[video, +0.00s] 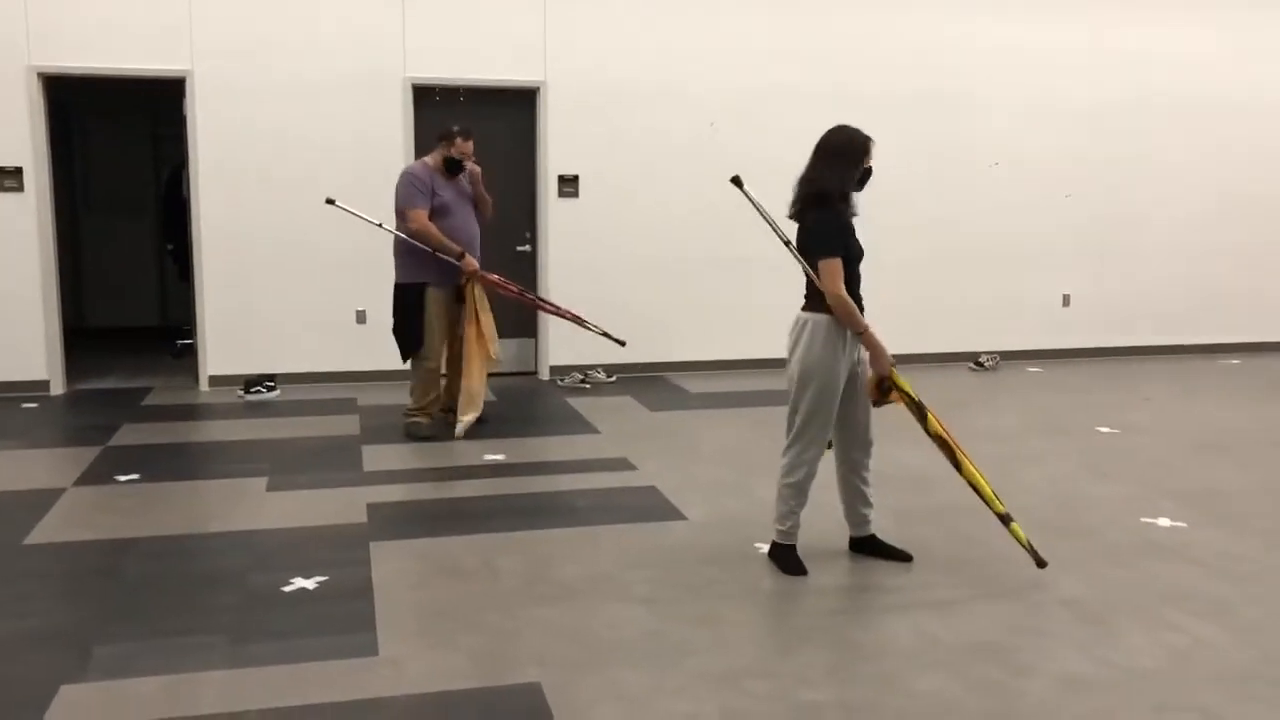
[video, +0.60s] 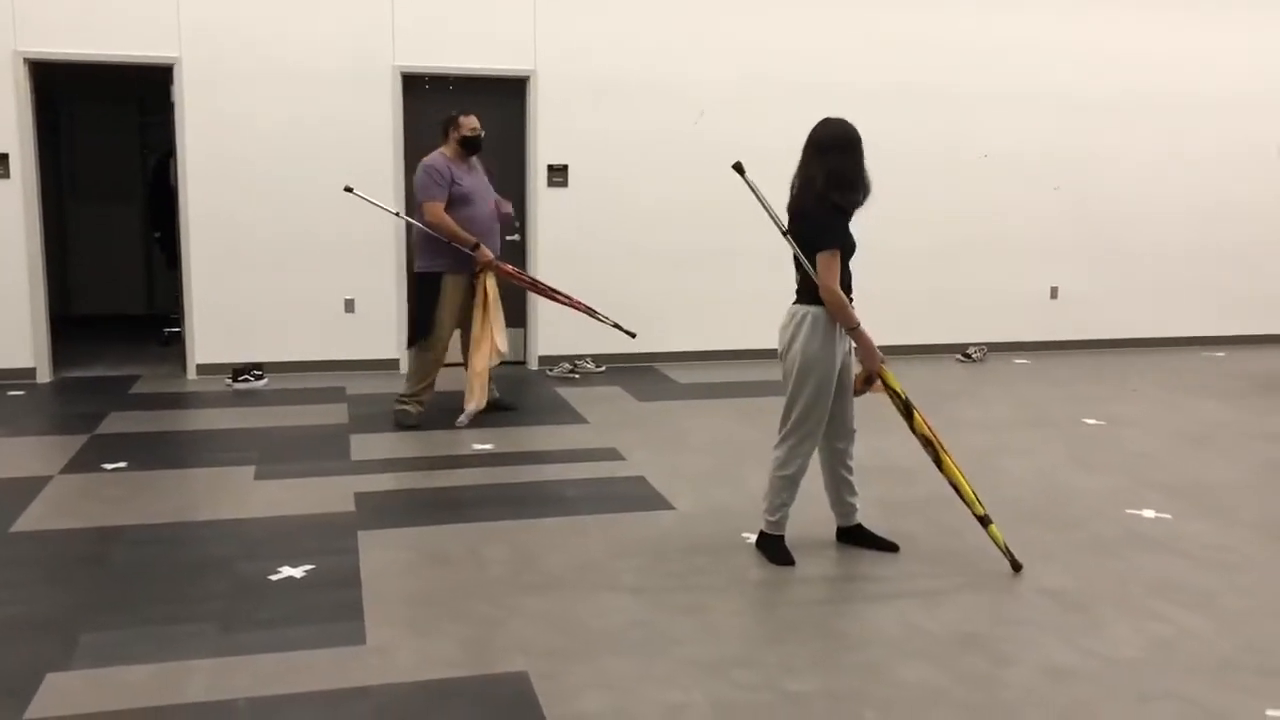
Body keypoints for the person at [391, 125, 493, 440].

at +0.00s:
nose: (463, 163)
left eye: (467, 159)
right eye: (459, 157)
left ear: (469, 154)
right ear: (443, 148)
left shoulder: (462, 176)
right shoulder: (416, 175)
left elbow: (484, 216)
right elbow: (417, 223)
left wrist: (477, 185)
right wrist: (459, 254)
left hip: (460, 278)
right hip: (425, 279)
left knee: (462, 347)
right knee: (429, 352)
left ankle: (456, 406)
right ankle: (419, 415)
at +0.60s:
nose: (478, 136)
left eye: (480, 131)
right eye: (471, 131)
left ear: (478, 135)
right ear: (452, 134)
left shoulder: (474, 164)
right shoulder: (433, 166)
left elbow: (483, 201)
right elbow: (433, 216)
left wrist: (500, 207)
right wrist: (474, 245)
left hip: (477, 265)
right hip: (442, 268)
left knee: (480, 333)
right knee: (433, 339)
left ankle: (483, 395)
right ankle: (410, 403)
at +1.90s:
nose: (442, 111)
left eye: (443, 108)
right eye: (434, 109)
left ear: (446, 120)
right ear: (418, 121)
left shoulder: (448, 149)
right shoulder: (406, 154)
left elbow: (453, 199)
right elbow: (407, 205)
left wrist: (464, 243)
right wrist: (448, 237)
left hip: (454, 252)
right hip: (418, 256)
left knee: (461, 323)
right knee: (411, 329)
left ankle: (464, 385)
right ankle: (392, 394)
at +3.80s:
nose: (439, 118)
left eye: (441, 114)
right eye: (431, 115)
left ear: (446, 120)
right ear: (416, 124)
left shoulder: (450, 153)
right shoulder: (409, 156)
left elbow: (472, 192)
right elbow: (419, 205)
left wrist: (474, 213)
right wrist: (466, 230)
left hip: (453, 254)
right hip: (416, 257)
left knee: (457, 323)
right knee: (412, 330)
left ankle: (465, 381)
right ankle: (395, 393)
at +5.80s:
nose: (455, 127)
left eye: (458, 122)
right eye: (448, 123)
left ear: (464, 129)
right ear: (433, 132)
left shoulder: (468, 163)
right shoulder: (422, 164)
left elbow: (488, 205)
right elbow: (429, 213)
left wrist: (492, 239)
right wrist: (475, 238)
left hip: (471, 264)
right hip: (432, 267)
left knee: (476, 332)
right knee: (427, 340)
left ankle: (479, 392)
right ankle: (410, 403)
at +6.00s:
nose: (457, 126)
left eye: (460, 122)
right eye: (449, 122)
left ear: (465, 129)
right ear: (435, 132)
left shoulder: (471, 163)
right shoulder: (424, 164)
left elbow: (489, 205)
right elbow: (431, 215)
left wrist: (500, 239)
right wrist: (477, 239)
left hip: (473, 264)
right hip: (433, 266)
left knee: (477, 330)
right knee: (429, 338)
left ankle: (482, 388)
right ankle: (412, 401)